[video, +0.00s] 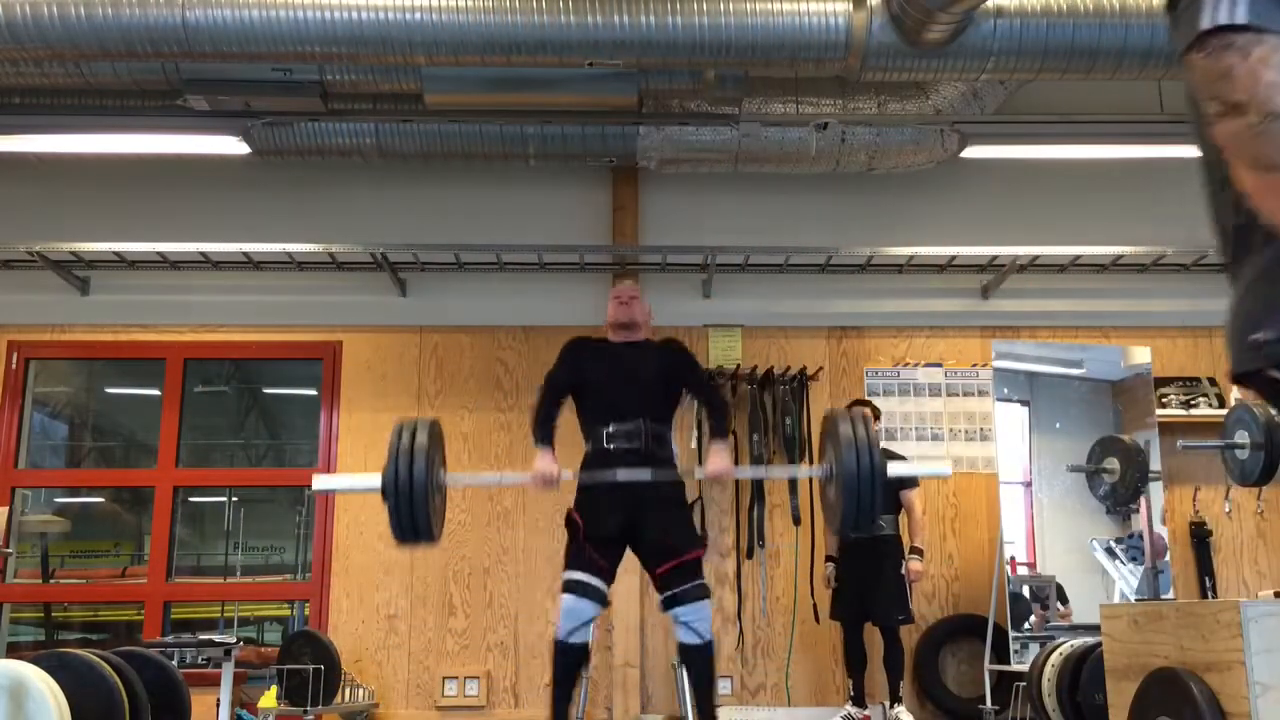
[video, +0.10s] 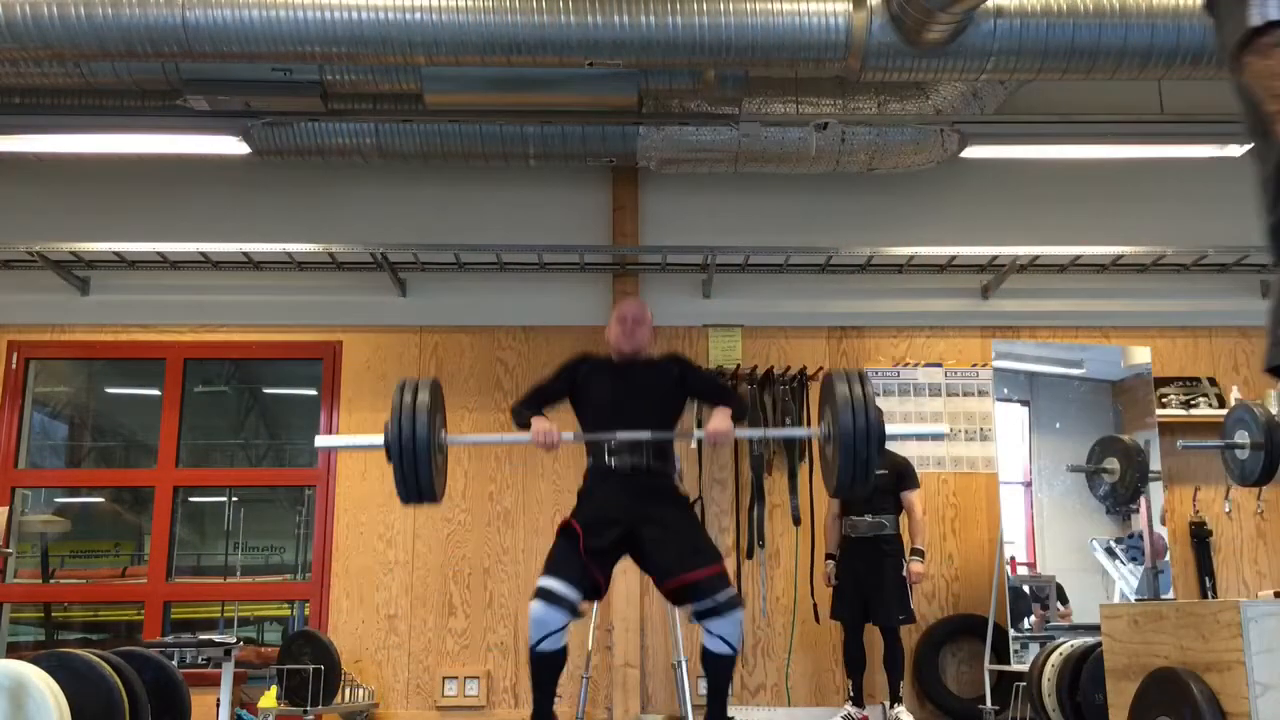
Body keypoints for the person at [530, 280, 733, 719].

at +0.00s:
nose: (625, 303)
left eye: (633, 299)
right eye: (618, 299)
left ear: (648, 313)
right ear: (606, 313)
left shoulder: (671, 353)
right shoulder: (581, 351)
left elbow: (713, 397)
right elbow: (549, 397)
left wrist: (719, 445)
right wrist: (544, 450)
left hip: (661, 496)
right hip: (600, 497)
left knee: (694, 614)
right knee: (575, 612)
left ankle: (705, 714)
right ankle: (559, 715)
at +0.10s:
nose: (629, 329)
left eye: (638, 322)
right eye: (622, 321)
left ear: (651, 330)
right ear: (609, 328)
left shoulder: (674, 370)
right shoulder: (583, 370)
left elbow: (731, 399)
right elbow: (523, 409)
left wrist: (723, 411)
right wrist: (536, 420)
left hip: (662, 507)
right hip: (599, 507)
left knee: (725, 614)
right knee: (545, 613)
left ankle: (716, 714)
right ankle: (542, 715)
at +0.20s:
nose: (635, 358)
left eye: (645, 352)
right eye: (628, 351)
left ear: (657, 365)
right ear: (613, 361)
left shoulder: (678, 420)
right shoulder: (589, 421)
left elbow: (738, 466)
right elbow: (540, 488)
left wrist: (725, 433)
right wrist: (545, 443)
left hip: (661, 563)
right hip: (598, 561)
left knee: (743, 648)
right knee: (526, 646)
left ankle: (744, 718)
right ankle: (519, 717)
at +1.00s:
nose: (629, 341)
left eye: (639, 338)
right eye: (620, 335)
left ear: (653, 360)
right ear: (605, 353)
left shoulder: (668, 409)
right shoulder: (583, 406)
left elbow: (702, 426)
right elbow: (545, 411)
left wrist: (703, 391)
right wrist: (550, 379)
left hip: (655, 549)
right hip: (590, 546)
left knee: (729, 649)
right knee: (526, 650)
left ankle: (738, 718)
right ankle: (521, 718)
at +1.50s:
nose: (642, 290)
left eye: (652, 286)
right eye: (633, 284)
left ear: (664, 306)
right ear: (616, 302)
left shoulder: (683, 354)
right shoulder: (594, 353)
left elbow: (722, 350)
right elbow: (558, 337)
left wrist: (720, 331)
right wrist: (557, 318)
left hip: (673, 501)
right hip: (609, 499)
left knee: (694, 633)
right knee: (587, 631)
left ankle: (697, 718)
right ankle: (570, 718)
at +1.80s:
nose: (644, 278)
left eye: (654, 273)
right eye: (635, 271)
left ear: (665, 291)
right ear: (617, 285)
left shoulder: (684, 342)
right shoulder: (590, 342)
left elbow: (720, 396)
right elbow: (555, 398)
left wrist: (724, 343)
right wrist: (551, 345)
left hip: (664, 486)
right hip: (603, 485)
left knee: (679, 619)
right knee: (586, 616)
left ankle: (698, 717)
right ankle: (569, 717)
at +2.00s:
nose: (639, 321)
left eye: (649, 312)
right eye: (631, 310)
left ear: (663, 311)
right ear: (615, 306)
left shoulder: (684, 361)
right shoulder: (586, 359)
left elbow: (730, 428)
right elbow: (548, 433)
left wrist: (728, 407)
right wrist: (550, 411)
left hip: (661, 502)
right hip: (600, 500)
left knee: (686, 626)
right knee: (583, 622)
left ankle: (698, 716)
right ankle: (568, 717)